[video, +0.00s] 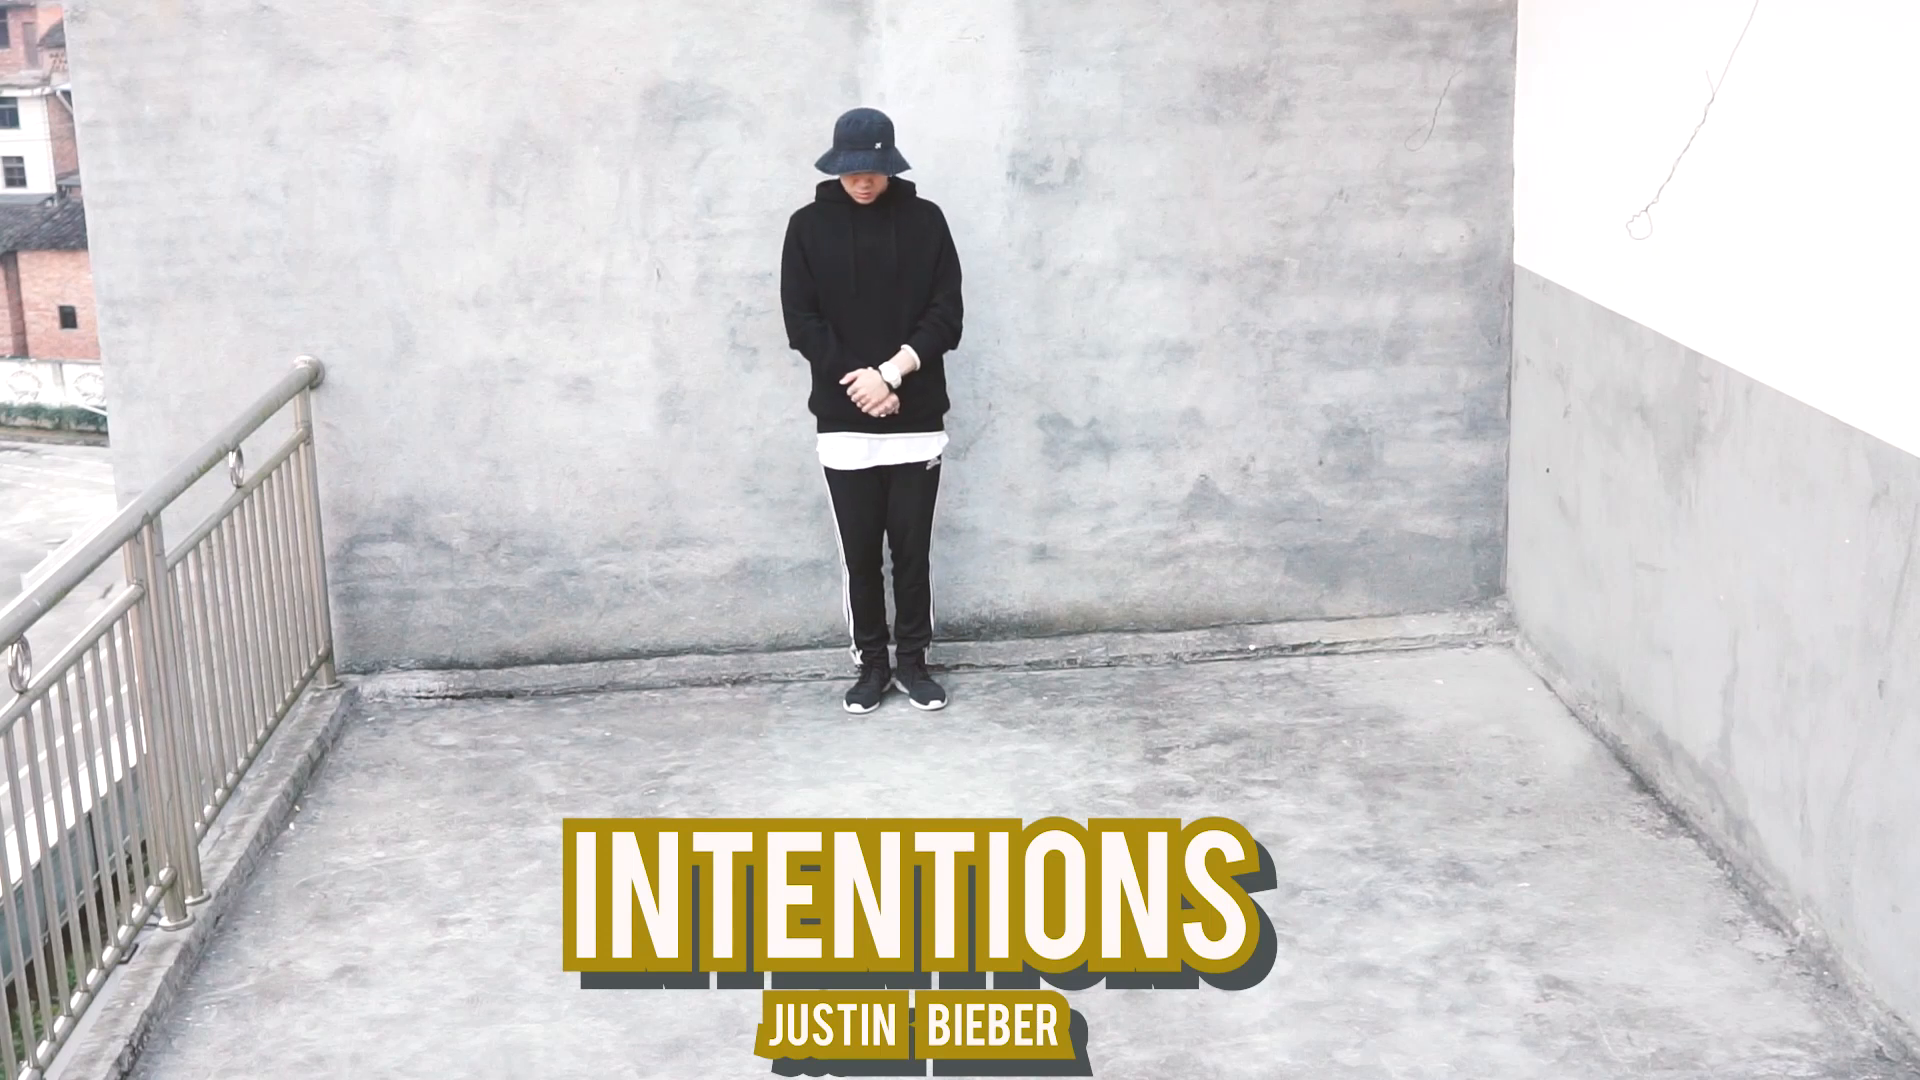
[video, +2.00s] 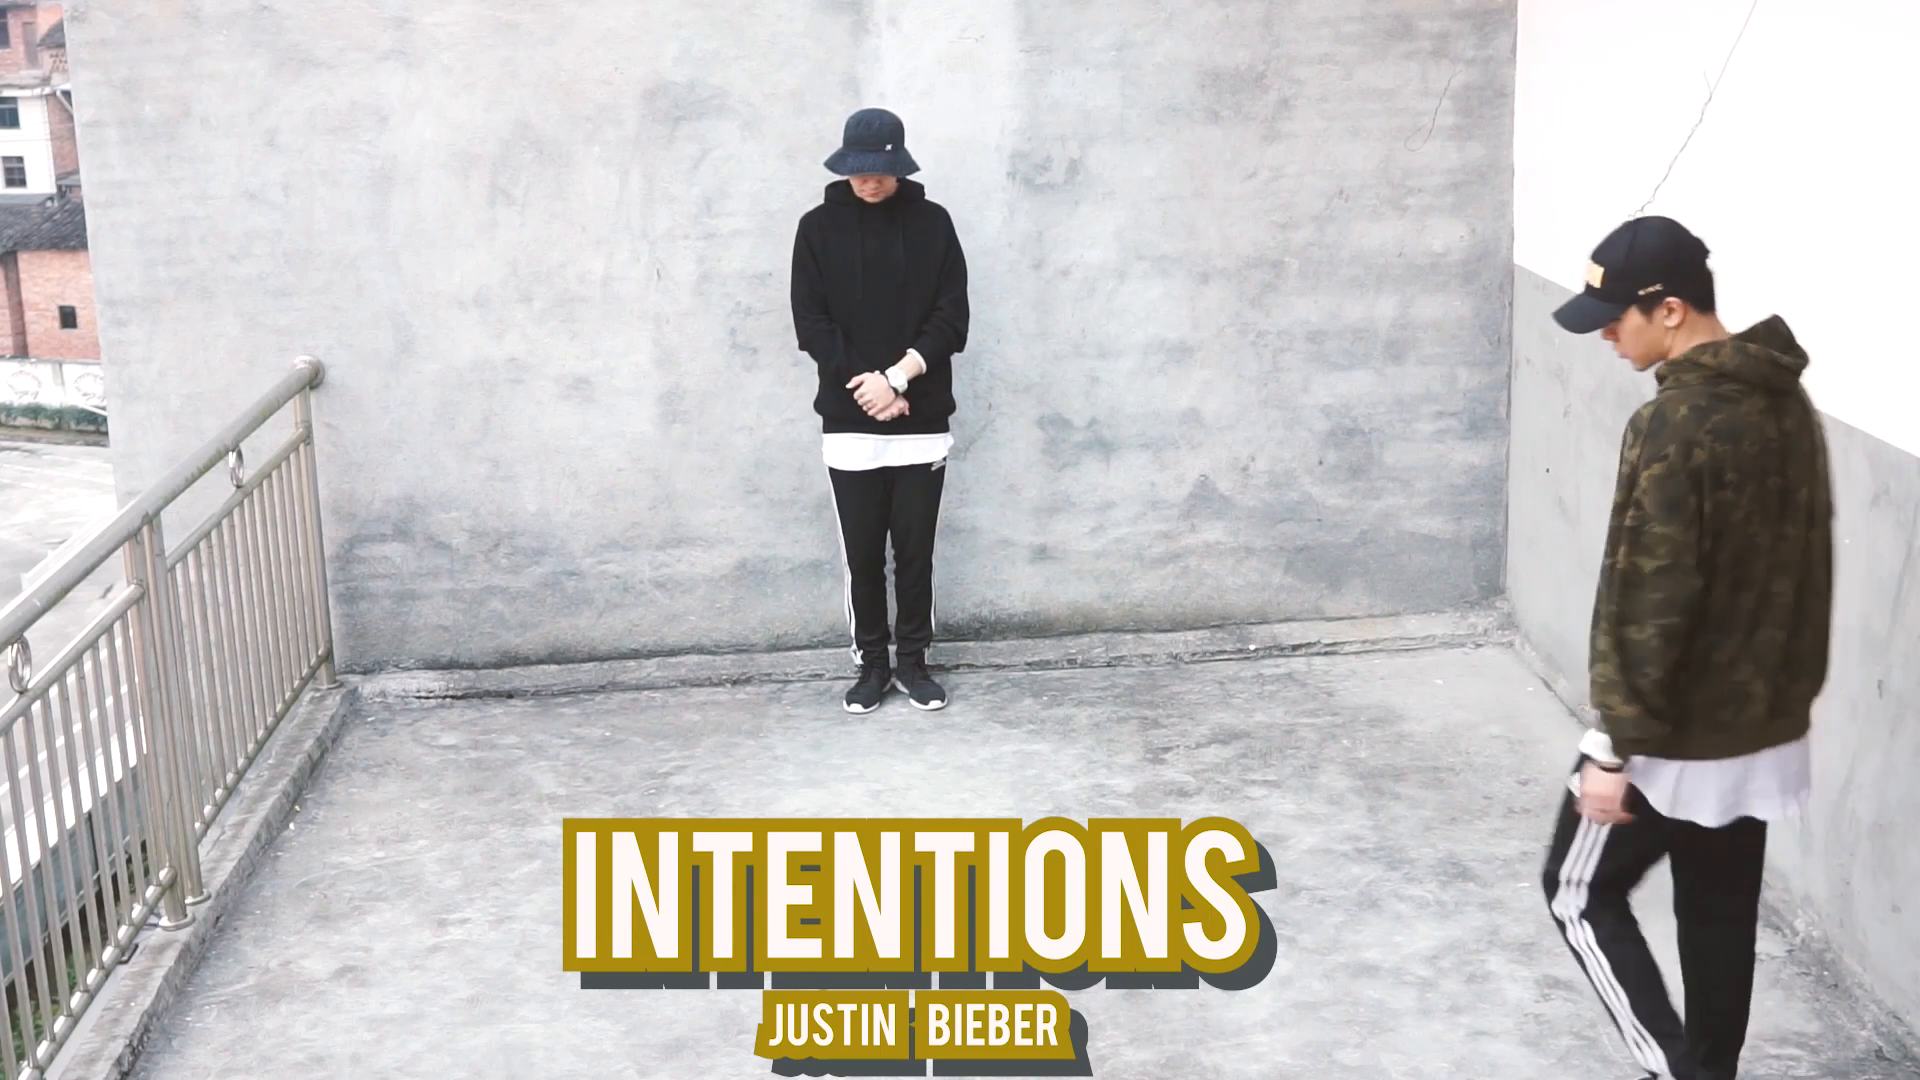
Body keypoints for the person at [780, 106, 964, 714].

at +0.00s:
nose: (862, 181)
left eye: (872, 171)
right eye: (851, 171)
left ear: (891, 166)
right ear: (835, 168)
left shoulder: (924, 219)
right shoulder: (809, 225)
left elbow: (947, 315)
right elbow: (801, 322)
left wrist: (892, 368)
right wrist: (859, 383)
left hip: (917, 412)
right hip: (842, 415)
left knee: (911, 548)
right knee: (860, 551)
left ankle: (913, 663)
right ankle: (872, 666)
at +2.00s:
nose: (870, 181)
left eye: (881, 170)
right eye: (859, 170)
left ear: (900, 167)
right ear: (844, 168)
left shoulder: (932, 222)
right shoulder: (819, 226)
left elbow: (952, 317)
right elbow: (810, 322)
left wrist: (897, 373)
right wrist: (866, 386)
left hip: (922, 415)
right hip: (848, 418)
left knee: (914, 551)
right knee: (863, 554)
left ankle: (913, 664)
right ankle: (872, 667)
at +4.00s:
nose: (865, 184)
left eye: (877, 173)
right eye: (855, 173)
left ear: (896, 169)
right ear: (840, 170)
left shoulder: (928, 221)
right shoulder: (814, 227)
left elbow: (948, 317)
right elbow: (807, 323)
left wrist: (894, 373)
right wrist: (863, 387)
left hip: (919, 413)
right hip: (845, 416)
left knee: (913, 548)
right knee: (861, 551)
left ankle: (913, 663)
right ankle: (872, 666)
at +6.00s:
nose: (869, 189)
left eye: (880, 179)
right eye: (858, 178)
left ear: (898, 173)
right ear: (841, 173)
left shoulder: (929, 222)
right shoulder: (815, 228)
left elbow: (949, 317)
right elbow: (808, 325)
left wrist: (895, 374)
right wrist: (864, 387)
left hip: (920, 415)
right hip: (846, 419)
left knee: (913, 550)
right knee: (862, 553)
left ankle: (913, 663)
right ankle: (873, 667)